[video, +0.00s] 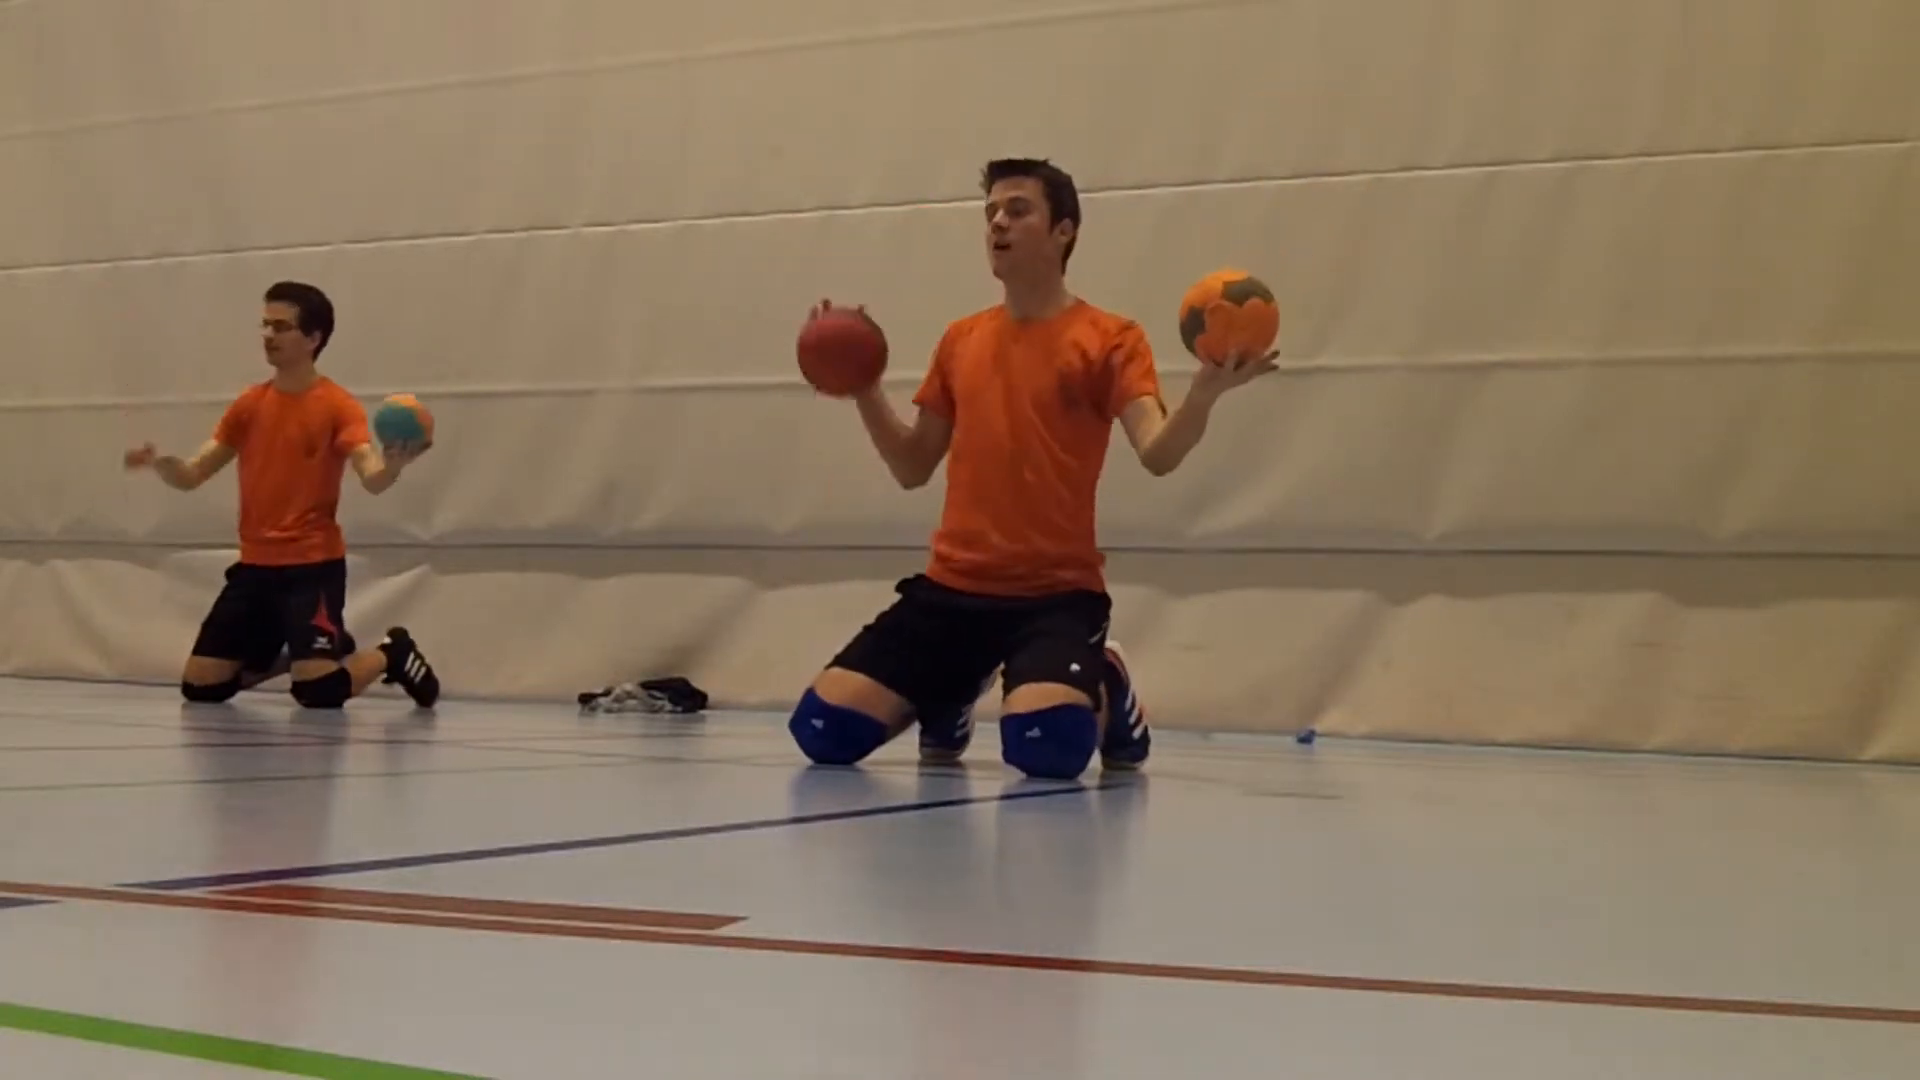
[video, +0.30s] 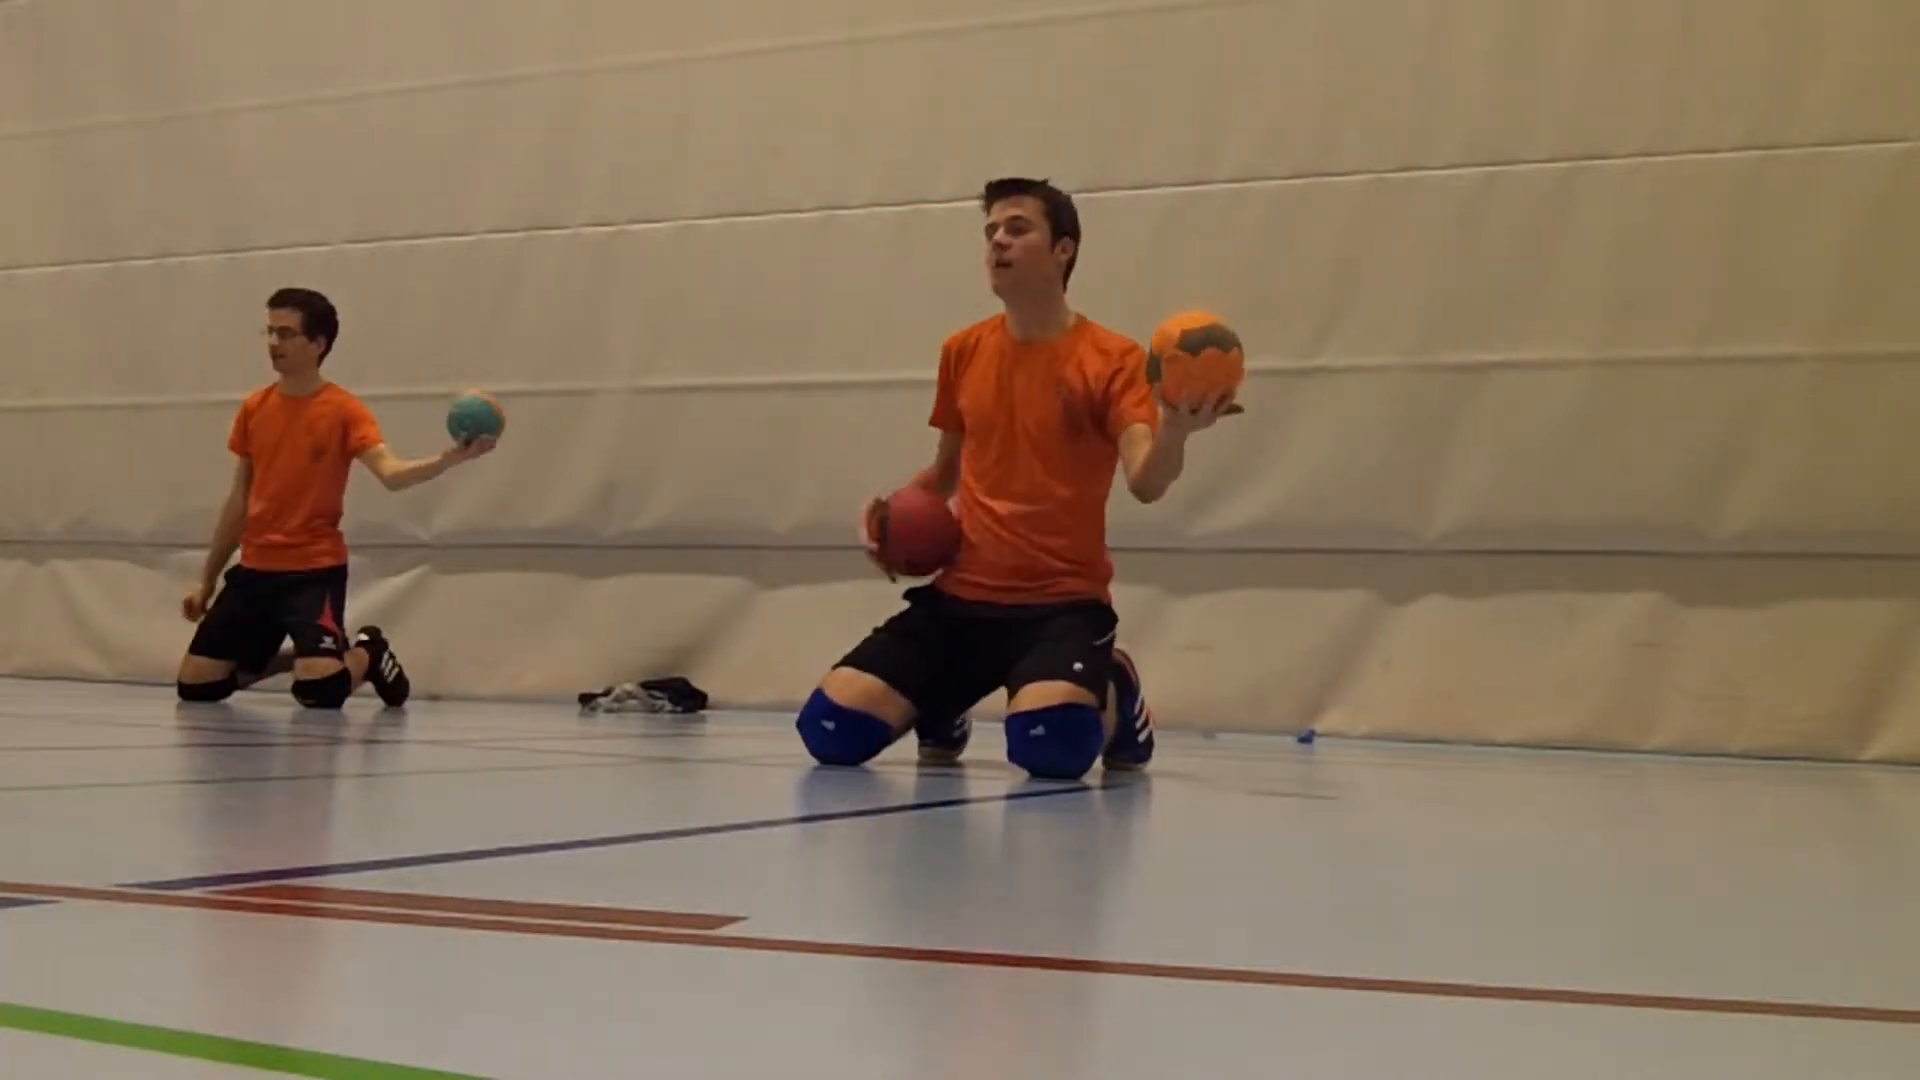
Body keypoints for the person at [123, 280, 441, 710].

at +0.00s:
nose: (268, 335)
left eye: (280, 326)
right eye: (266, 325)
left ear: (314, 338)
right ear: (261, 330)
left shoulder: (338, 406)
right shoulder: (250, 405)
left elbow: (373, 480)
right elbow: (192, 475)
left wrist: (394, 462)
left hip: (314, 569)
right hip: (254, 569)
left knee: (317, 691)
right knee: (201, 686)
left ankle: (394, 655)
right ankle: (306, 654)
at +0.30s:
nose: (273, 344)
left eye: (285, 334)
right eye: (269, 333)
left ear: (318, 344)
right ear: (265, 337)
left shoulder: (342, 409)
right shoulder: (255, 409)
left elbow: (392, 474)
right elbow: (239, 501)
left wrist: (454, 457)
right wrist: (207, 581)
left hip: (315, 574)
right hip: (254, 573)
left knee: (316, 692)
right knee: (195, 685)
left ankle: (369, 653)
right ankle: (306, 656)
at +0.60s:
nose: (265, 349)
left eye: (277, 338)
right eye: (264, 338)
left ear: (313, 347)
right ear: (264, 344)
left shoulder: (346, 415)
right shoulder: (259, 413)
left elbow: (391, 490)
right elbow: (251, 501)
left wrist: (458, 496)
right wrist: (214, 578)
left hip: (320, 575)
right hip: (260, 575)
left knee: (316, 691)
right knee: (196, 685)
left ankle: (372, 654)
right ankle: (304, 656)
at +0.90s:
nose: (252, 356)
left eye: (263, 345)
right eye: (249, 346)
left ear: (299, 353)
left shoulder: (338, 419)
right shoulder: (253, 423)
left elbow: (375, 496)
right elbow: (247, 515)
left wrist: (429, 518)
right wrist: (203, 584)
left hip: (322, 577)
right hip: (264, 580)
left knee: (315, 692)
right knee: (194, 685)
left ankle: (373, 653)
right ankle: (301, 655)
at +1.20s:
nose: (248, 367)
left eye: (259, 357)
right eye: (247, 358)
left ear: (296, 364)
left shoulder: (332, 421)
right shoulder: (257, 438)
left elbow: (359, 500)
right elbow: (247, 531)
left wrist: (391, 521)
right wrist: (179, 573)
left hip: (327, 584)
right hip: (271, 588)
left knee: (317, 692)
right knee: (195, 683)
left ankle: (377, 654)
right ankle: (306, 654)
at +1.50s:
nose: (246, 377)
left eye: (255, 367)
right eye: (247, 367)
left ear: (289, 371)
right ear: (276, 372)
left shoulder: (329, 428)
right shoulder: (258, 437)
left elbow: (346, 515)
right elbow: (226, 508)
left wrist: (355, 512)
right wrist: (144, 492)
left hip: (325, 585)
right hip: (270, 590)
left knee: (328, 685)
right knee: (188, 683)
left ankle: (386, 649)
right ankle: (298, 657)